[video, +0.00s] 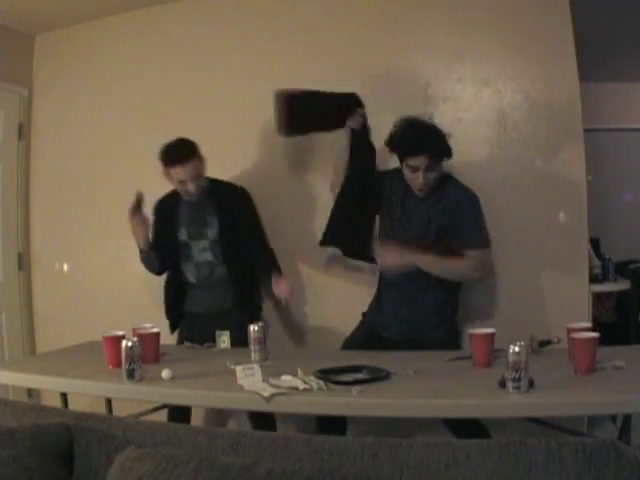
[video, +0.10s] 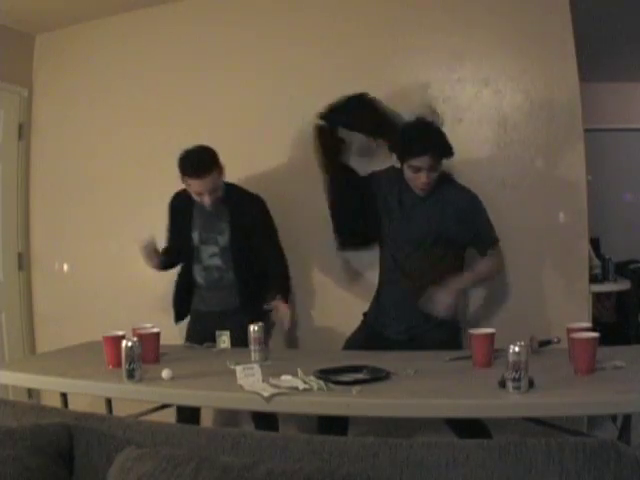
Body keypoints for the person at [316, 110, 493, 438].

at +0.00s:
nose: (420, 180)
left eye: (428, 170)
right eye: (411, 170)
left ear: (440, 163)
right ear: (400, 163)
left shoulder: (460, 200)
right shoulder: (387, 185)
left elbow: (477, 267)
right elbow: (351, 191)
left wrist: (411, 257)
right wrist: (354, 137)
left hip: (433, 326)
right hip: (381, 321)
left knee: (454, 409)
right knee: (330, 385)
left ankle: (499, 467)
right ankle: (327, 469)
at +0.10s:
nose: (424, 179)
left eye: (432, 170)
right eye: (416, 170)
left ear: (441, 163)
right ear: (401, 163)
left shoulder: (461, 201)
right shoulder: (384, 187)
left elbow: (493, 260)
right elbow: (342, 194)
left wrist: (454, 287)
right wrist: (328, 143)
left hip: (437, 325)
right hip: (385, 318)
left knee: (455, 407)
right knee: (333, 388)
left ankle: (499, 469)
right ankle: (327, 474)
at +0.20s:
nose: (429, 181)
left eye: (437, 172)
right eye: (421, 172)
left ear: (446, 165)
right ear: (405, 164)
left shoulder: (464, 201)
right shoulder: (388, 184)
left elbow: (491, 257)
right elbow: (340, 186)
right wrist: (305, 146)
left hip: (437, 326)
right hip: (384, 321)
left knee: (458, 408)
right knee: (334, 385)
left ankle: (498, 468)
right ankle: (330, 469)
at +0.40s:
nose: (421, 170)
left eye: (430, 161)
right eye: (413, 161)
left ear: (443, 158)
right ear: (402, 157)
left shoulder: (464, 198)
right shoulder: (389, 185)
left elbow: (514, 251)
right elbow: (333, 179)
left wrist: (533, 321)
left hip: (435, 330)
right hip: (380, 324)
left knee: (459, 411)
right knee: (331, 391)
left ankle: (503, 474)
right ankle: (327, 474)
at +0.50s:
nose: (419, 170)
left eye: (428, 162)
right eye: (411, 161)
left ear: (444, 158)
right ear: (402, 157)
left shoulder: (468, 197)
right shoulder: (391, 186)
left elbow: (522, 243)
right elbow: (326, 179)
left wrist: (519, 314)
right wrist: (370, 133)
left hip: (436, 328)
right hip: (381, 322)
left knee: (458, 409)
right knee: (332, 391)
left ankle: (502, 474)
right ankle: (328, 476)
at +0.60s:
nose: (420, 169)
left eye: (429, 160)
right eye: (413, 159)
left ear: (446, 158)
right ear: (406, 156)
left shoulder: (468, 196)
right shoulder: (394, 186)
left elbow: (502, 255)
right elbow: (332, 180)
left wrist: (487, 243)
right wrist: (307, 120)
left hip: (438, 328)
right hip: (382, 323)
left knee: (458, 410)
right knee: (335, 394)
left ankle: (499, 468)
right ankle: (328, 476)